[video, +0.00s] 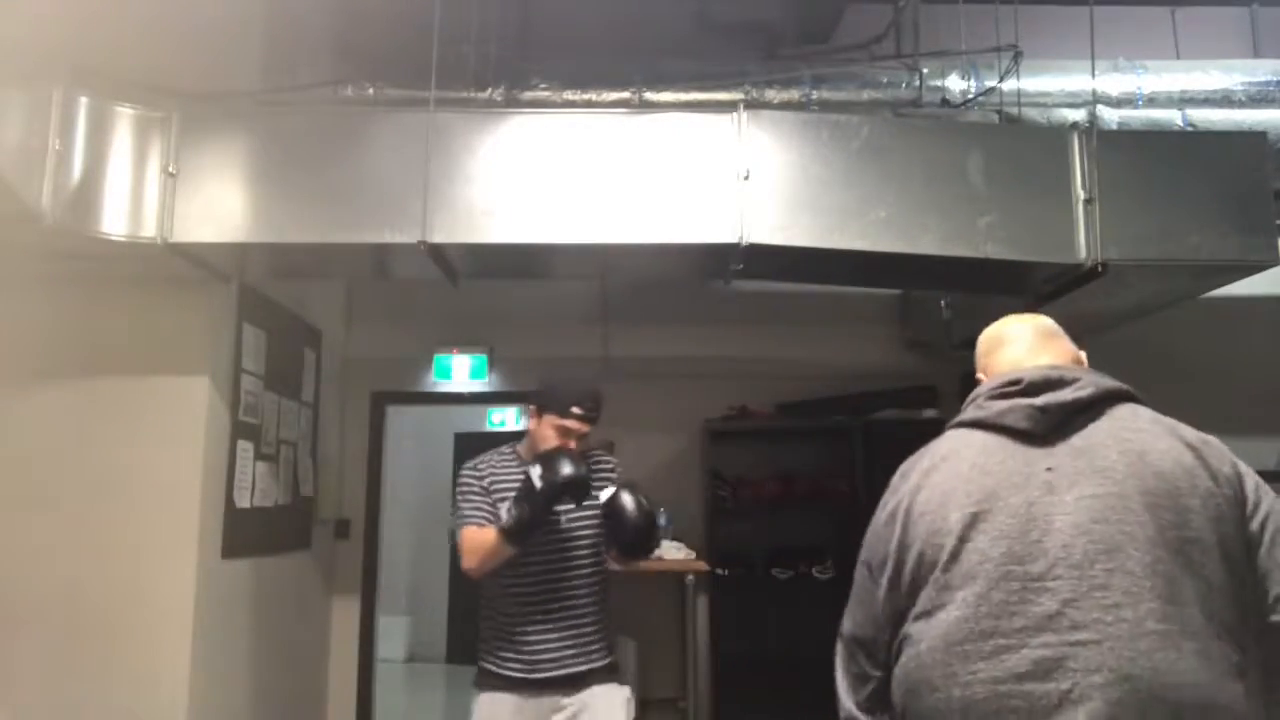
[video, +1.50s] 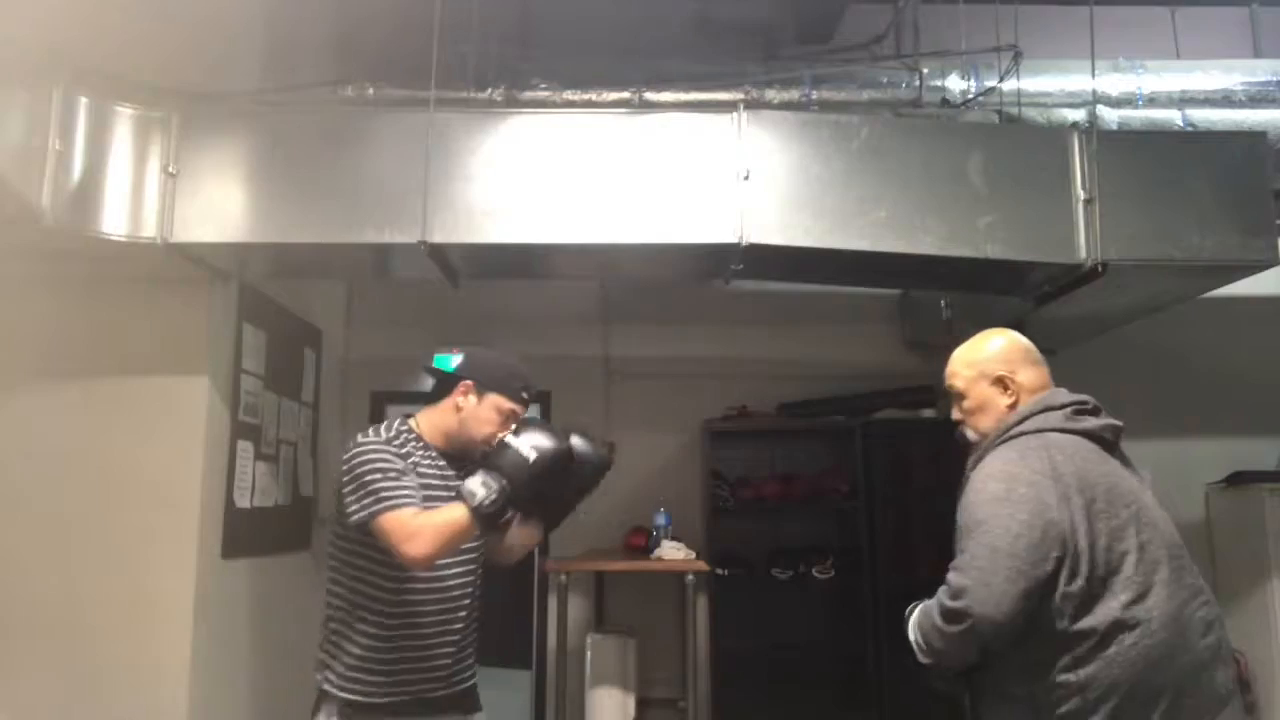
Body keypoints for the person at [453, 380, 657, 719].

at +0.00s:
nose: (571, 446)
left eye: (581, 437)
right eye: (562, 432)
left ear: (591, 432)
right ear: (532, 417)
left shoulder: (601, 469)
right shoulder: (480, 473)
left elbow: (619, 559)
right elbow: (473, 560)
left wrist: (635, 538)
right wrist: (529, 509)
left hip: (592, 683)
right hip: (510, 687)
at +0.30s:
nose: (591, 443)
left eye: (600, 433)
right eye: (583, 425)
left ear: (607, 432)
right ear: (549, 410)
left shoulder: (599, 478)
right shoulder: (479, 473)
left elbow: (614, 570)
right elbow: (474, 569)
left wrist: (632, 548)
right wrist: (545, 516)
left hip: (588, 690)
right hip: (502, 695)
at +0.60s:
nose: (624, 440)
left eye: (631, 430)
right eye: (619, 421)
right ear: (581, 400)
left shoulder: (608, 472)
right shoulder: (495, 457)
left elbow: (630, 567)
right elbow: (456, 561)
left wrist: (648, 520)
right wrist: (550, 540)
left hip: (586, 696)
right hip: (498, 698)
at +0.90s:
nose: (559, 446)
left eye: (566, 433)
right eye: (553, 427)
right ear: (511, 407)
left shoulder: (536, 482)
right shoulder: (424, 474)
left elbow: (550, 576)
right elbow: (408, 589)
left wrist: (577, 554)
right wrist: (500, 553)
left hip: (528, 699)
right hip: (445, 703)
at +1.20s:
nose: (499, 432)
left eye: (505, 419)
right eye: (494, 413)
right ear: (453, 390)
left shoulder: (460, 464)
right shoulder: (365, 451)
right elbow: (371, 567)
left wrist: (518, 544)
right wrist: (468, 515)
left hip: (453, 694)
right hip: (365, 701)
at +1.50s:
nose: (509, 434)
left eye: (515, 424)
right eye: (506, 417)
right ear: (463, 395)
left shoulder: (465, 467)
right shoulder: (373, 451)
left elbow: (504, 551)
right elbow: (416, 544)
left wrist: (557, 496)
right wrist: (498, 483)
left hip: (452, 697)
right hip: (365, 702)